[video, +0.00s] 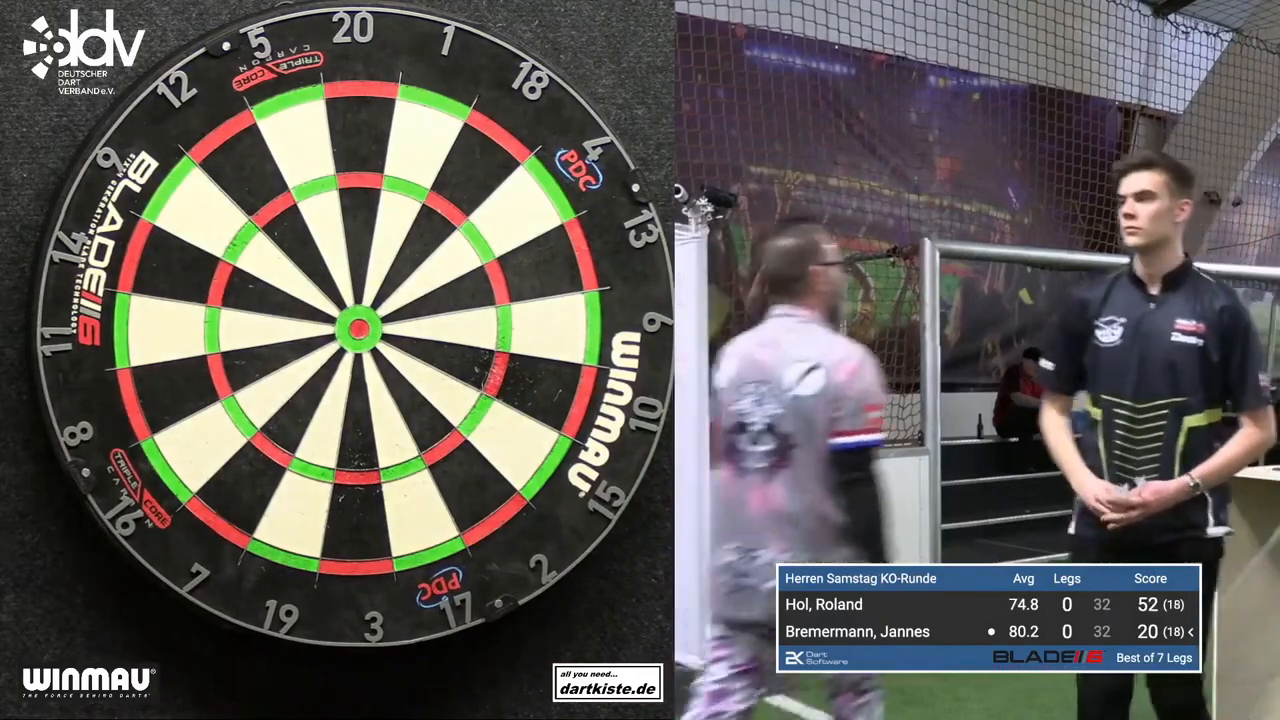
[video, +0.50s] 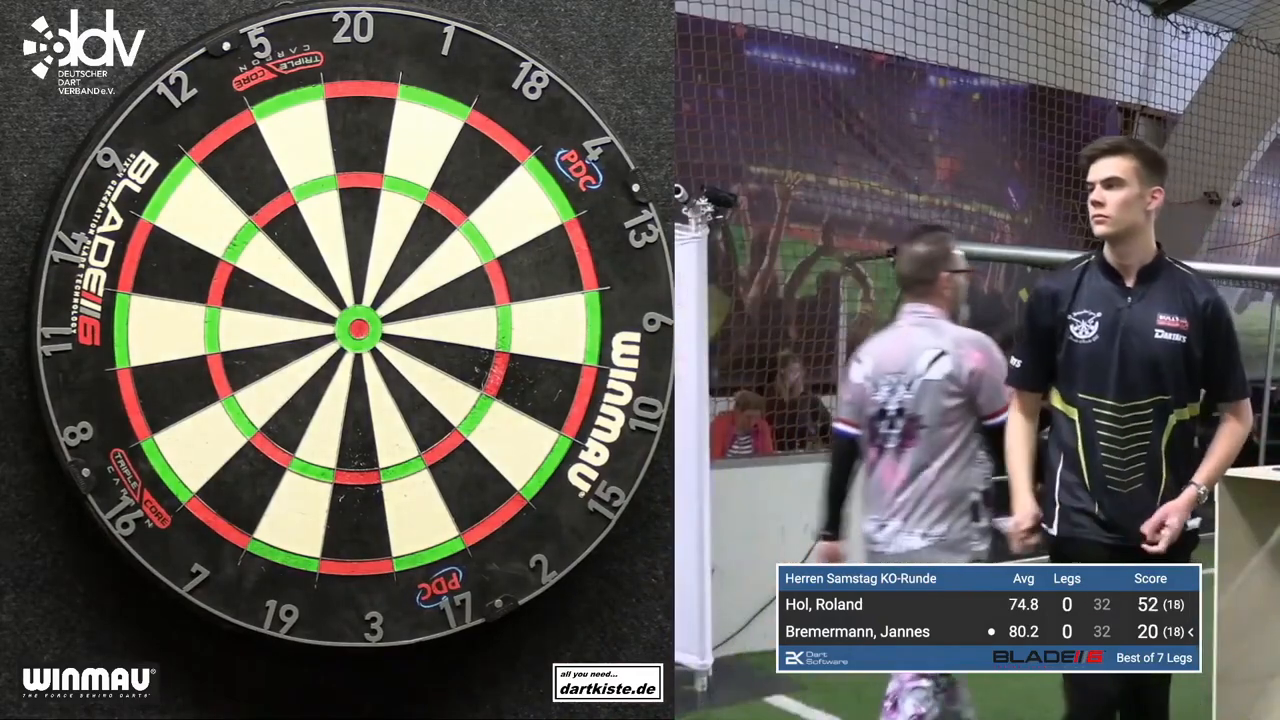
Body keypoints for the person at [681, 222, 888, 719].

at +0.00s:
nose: (844, 274)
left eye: (841, 263)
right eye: (837, 264)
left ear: (773, 278)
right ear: (813, 275)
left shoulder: (732, 355)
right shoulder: (848, 361)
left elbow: (723, 456)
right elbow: (856, 482)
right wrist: (879, 574)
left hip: (740, 559)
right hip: (825, 566)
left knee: (725, 686)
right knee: (856, 685)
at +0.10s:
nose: (879, 276)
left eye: (878, 265)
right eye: (876, 266)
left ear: (816, 273)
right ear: (859, 275)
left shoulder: (768, 352)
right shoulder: (882, 353)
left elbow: (762, 460)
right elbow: (907, 461)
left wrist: (761, 546)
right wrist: (941, 537)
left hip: (784, 549)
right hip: (866, 551)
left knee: (770, 673)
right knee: (879, 679)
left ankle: (746, 714)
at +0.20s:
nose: (901, 275)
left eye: (899, 263)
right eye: (896, 264)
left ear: (835, 270)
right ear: (877, 273)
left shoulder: (789, 351)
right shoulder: (904, 350)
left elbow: (769, 458)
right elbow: (940, 452)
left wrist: (760, 538)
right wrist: (978, 524)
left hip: (804, 550)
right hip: (887, 555)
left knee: (801, 672)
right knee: (887, 678)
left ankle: (779, 713)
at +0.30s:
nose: (919, 275)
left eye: (916, 265)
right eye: (916, 266)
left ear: (860, 272)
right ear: (905, 274)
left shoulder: (819, 350)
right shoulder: (933, 347)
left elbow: (791, 451)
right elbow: (979, 439)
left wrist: (770, 529)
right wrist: (1022, 495)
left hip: (837, 546)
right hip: (913, 548)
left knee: (853, 674)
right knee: (903, 679)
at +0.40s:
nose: (950, 278)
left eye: (947, 268)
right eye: (945, 269)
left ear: (887, 277)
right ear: (928, 276)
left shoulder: (849, 352)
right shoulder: (956, 347)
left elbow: (820, 448)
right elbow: (1003, 436)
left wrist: (800, 531)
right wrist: (1039, 503)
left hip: (865, 542)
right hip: (936, 542)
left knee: (900, 662)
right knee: (919, 668)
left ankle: (894, 714)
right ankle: (897, 716)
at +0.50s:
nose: (967, 278)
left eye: (963, 268)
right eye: (961, 269)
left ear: (905, 280)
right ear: (945, 279)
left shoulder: (867, 355)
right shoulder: (973, 349)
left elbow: (843, 449)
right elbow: (1006, 440)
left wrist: (830, 532)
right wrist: (1018, 513)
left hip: (882, 540)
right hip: (952, 540)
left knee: (933, 659)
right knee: (928, 663)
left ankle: (957, 713)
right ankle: (901, 714)